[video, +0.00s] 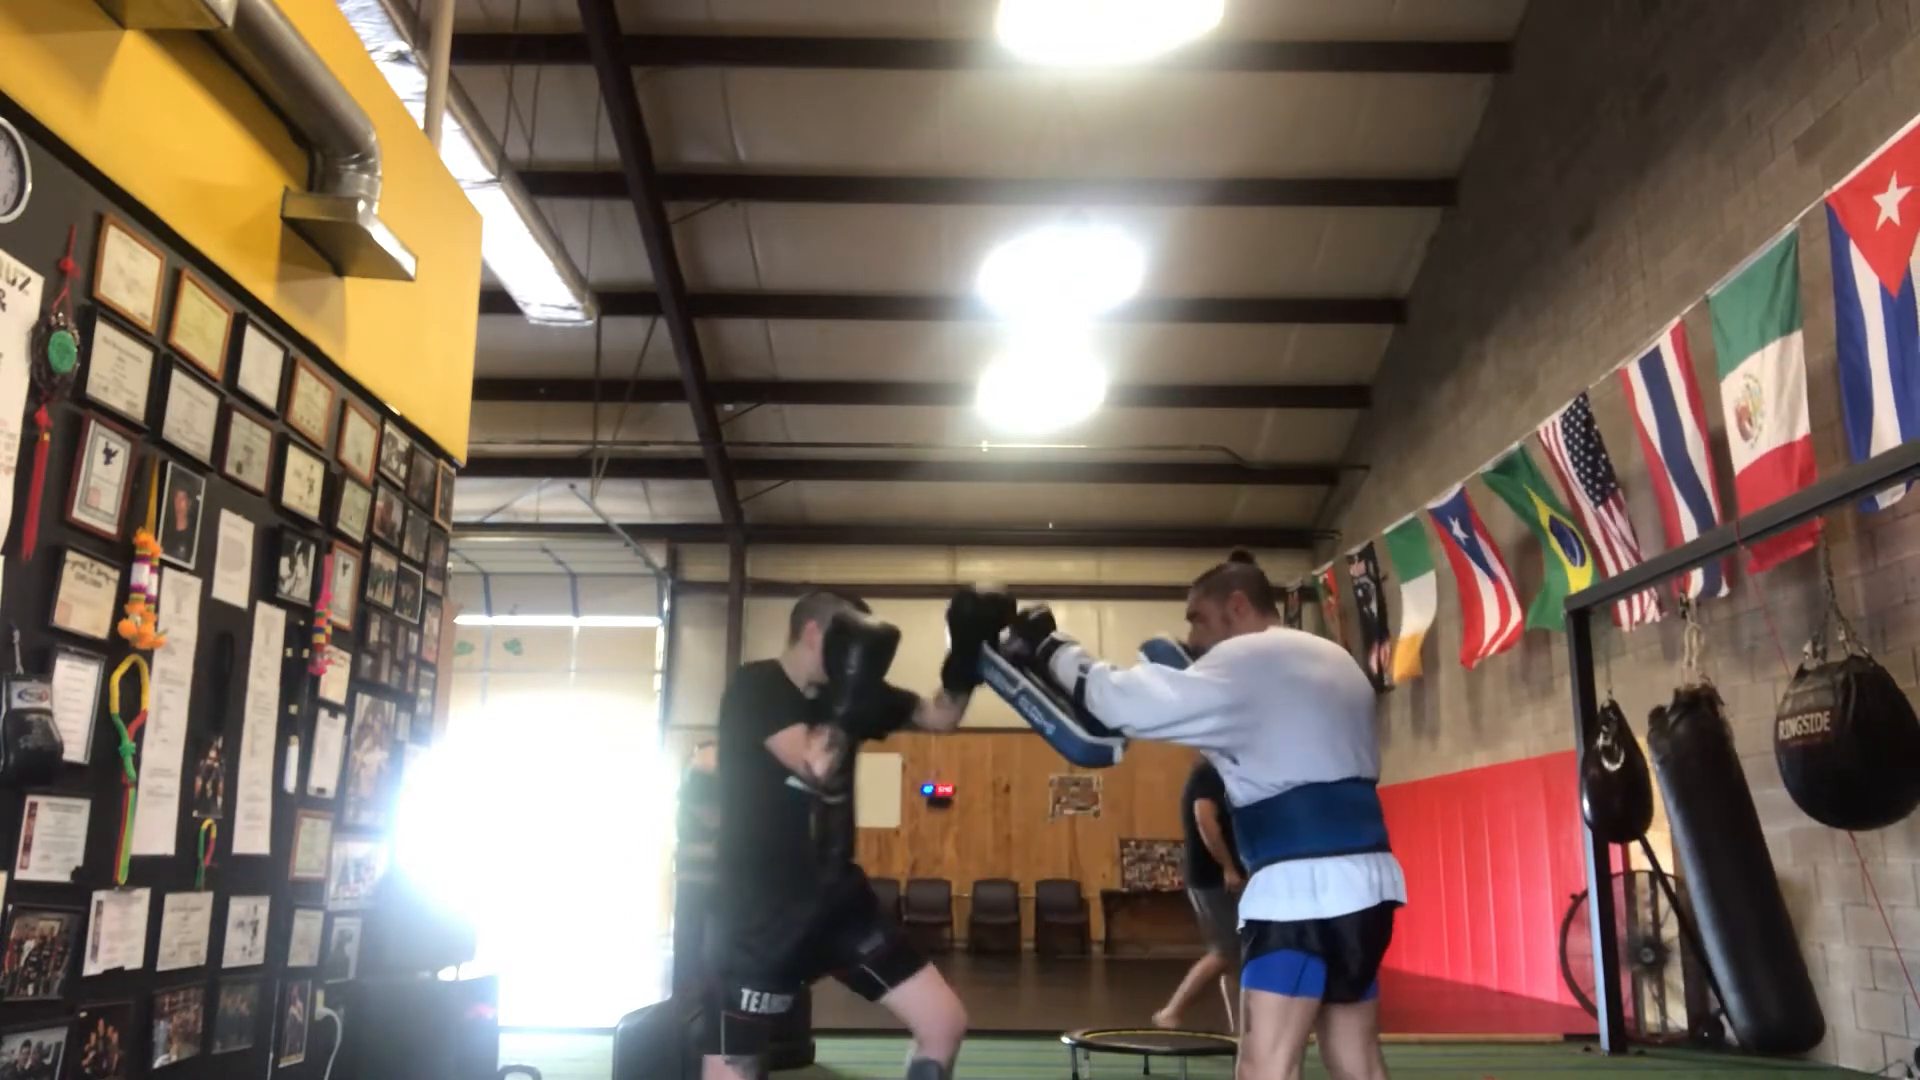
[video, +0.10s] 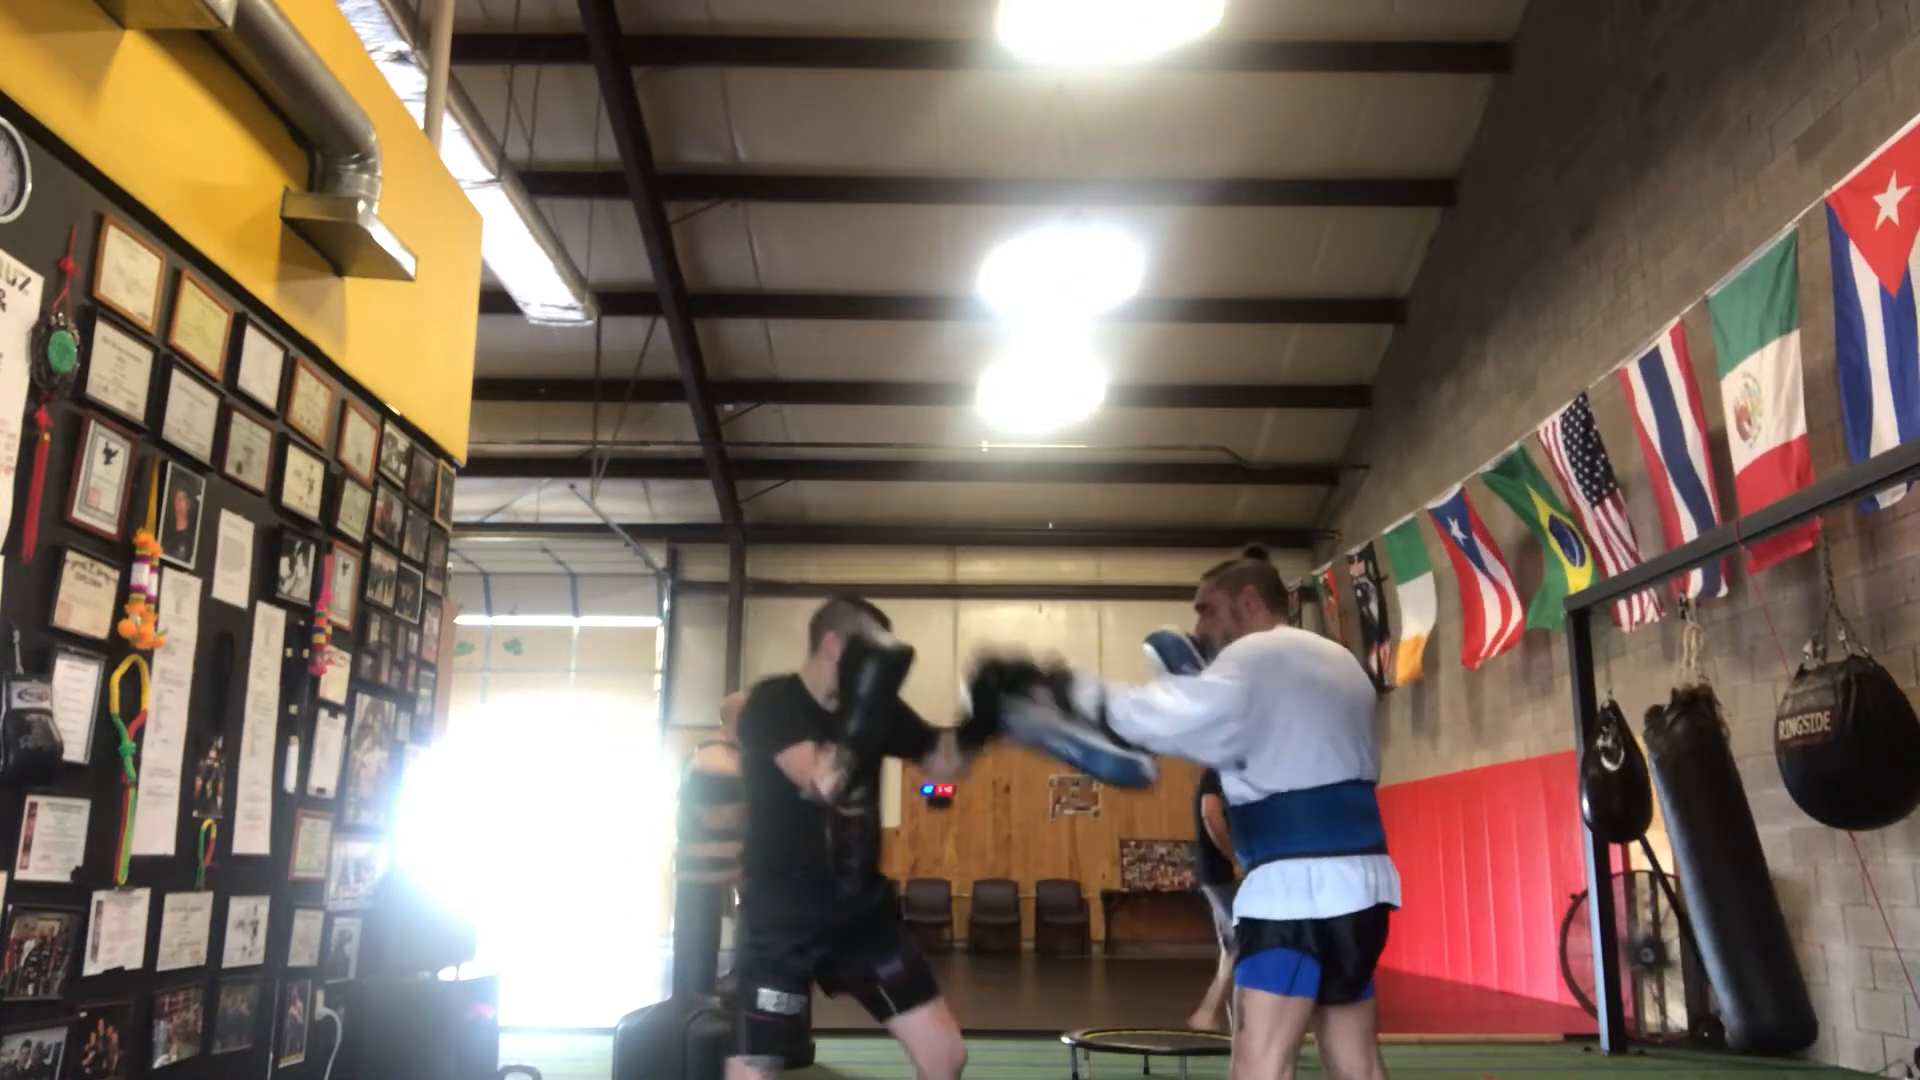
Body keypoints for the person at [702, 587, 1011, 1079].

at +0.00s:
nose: (851, 650)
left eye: (855, 641)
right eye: (843, 639)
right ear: (811, 632)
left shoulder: (847, 695)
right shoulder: (753, 687)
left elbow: (940, 714)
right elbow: (816, 764)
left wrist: (968, 646)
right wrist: (850, 683)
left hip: (834, 898)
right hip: (759, 905)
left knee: (942, 1021)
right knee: (731, 1070)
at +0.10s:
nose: (872, 660)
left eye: (876, 649)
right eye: (864, 647)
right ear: (831, 644)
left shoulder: (870, 703)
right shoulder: (771, 701)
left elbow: (941, 760)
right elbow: (825, 781)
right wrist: (866, 701)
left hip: (860, 912)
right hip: (782, 916)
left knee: (942, 1054)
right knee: (753, 1071)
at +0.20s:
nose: (904, 676)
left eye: (906, 665)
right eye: (896, 664)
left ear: (867, 663)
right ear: (857, 660)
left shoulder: (900, 723)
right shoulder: (800, 722)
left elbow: (950, 802)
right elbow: (832, 811)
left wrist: (1006, 784)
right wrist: (882, 734)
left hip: (889, 923)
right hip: (819, 926)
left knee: (952, 1069)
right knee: (788, 1068)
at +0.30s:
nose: (943, 665)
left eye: (943, 654)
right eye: (934, 654)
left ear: (907, 659)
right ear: (897, 656)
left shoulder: (914, 722)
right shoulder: (867, 705)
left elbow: (939, 790)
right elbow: (860, 765)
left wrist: (973, 750)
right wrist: (946, 721)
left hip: (908, 917)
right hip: (862, 917)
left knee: (944, 1063)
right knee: (849, 1061)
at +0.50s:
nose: (965, 669)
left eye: (964, 658)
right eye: (960, 657)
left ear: (911, 655)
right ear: (931, 655)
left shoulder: (855, 712)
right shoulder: (949, 698)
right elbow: (1057, 712)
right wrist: (1145, 710)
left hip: (859, 901)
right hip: (908, 905)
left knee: (938, 1047)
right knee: (890, 1062)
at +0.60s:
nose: (970, 671)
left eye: (970, 659)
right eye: (965, 657)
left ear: (923, 654)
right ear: (929, 652)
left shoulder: (879, 700)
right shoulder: (940, 702)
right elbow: (1022, 758)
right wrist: (1092, 754)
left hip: (866, 900)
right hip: (902, 906)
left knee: (935, 1054)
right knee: (915, 1062)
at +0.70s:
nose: (978, 667)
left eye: (978, 654)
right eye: (972, 652)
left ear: (929, 650)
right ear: (935, 648)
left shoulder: (891, 697)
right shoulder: (928, 701)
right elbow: (998, 780)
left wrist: (995, 782)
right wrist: (1033, 735)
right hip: (889, 908)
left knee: (960, 1042)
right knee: (888, 1054)